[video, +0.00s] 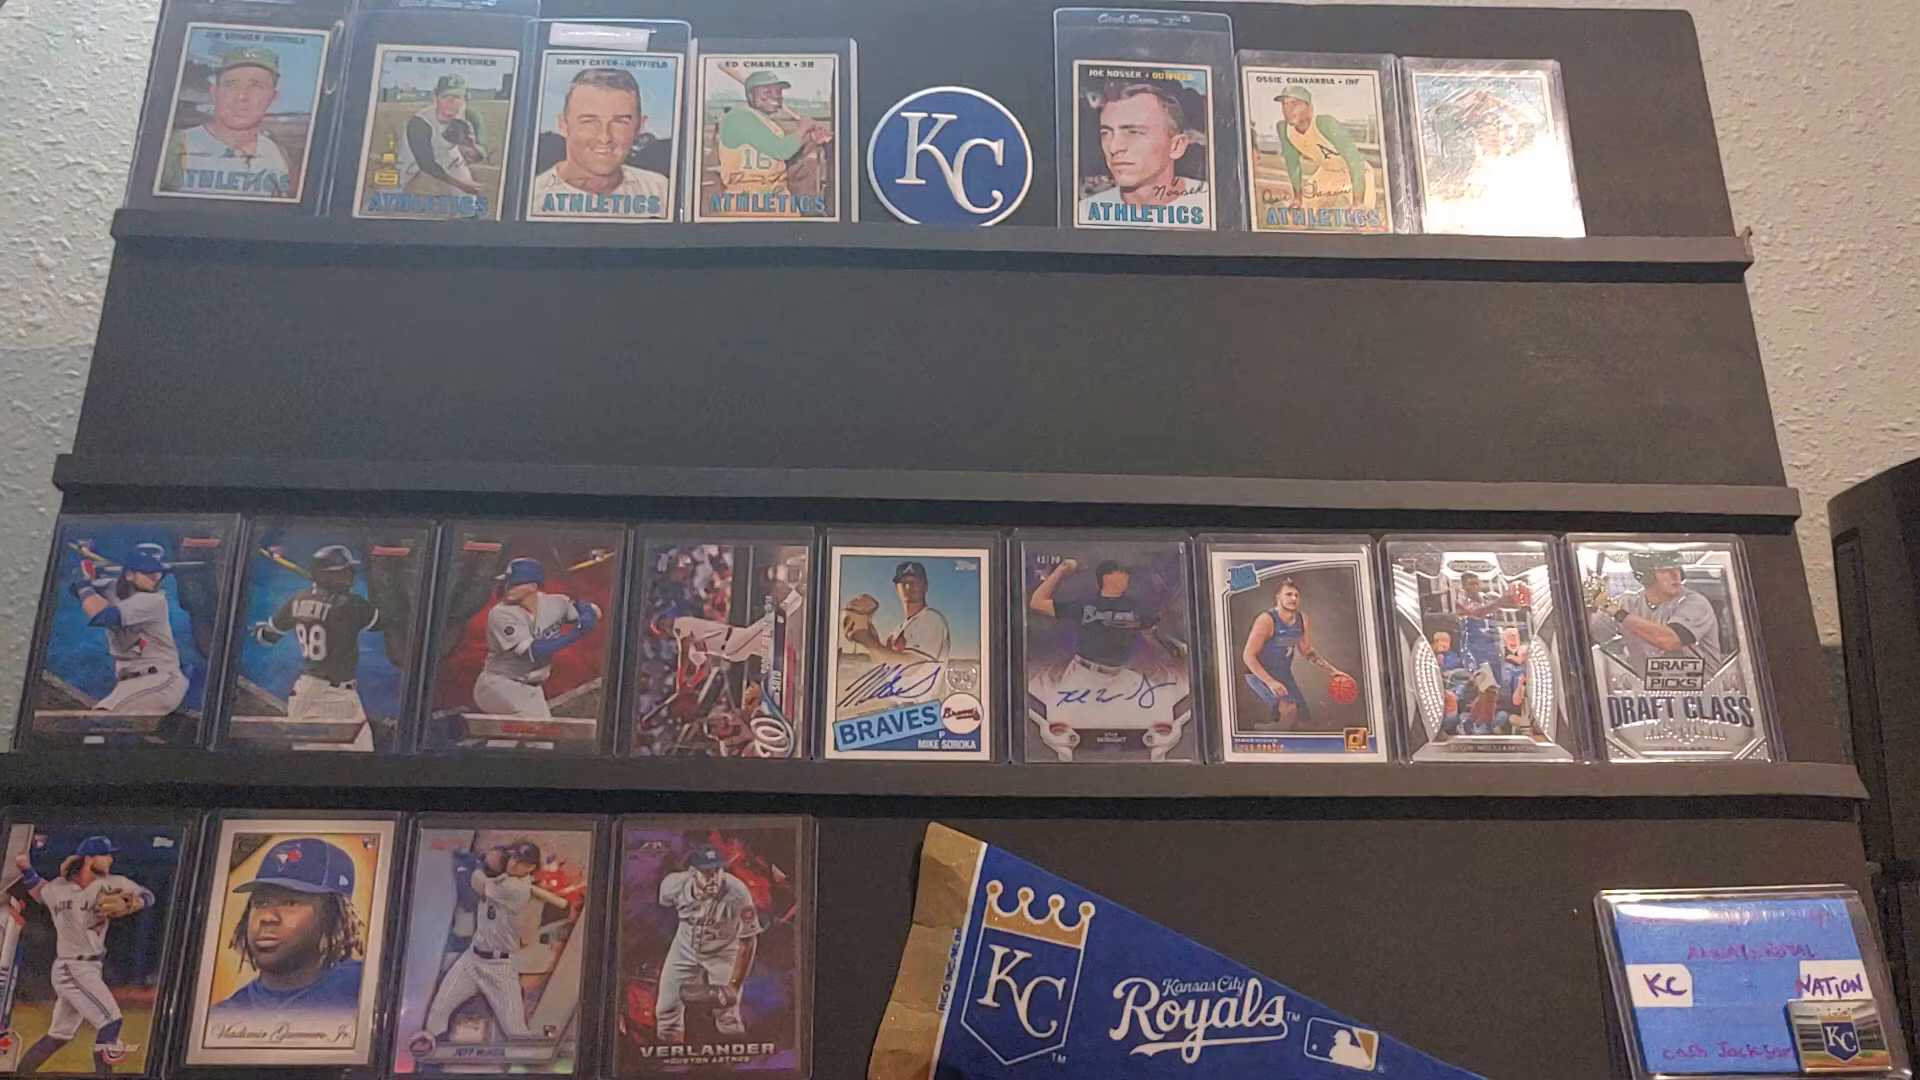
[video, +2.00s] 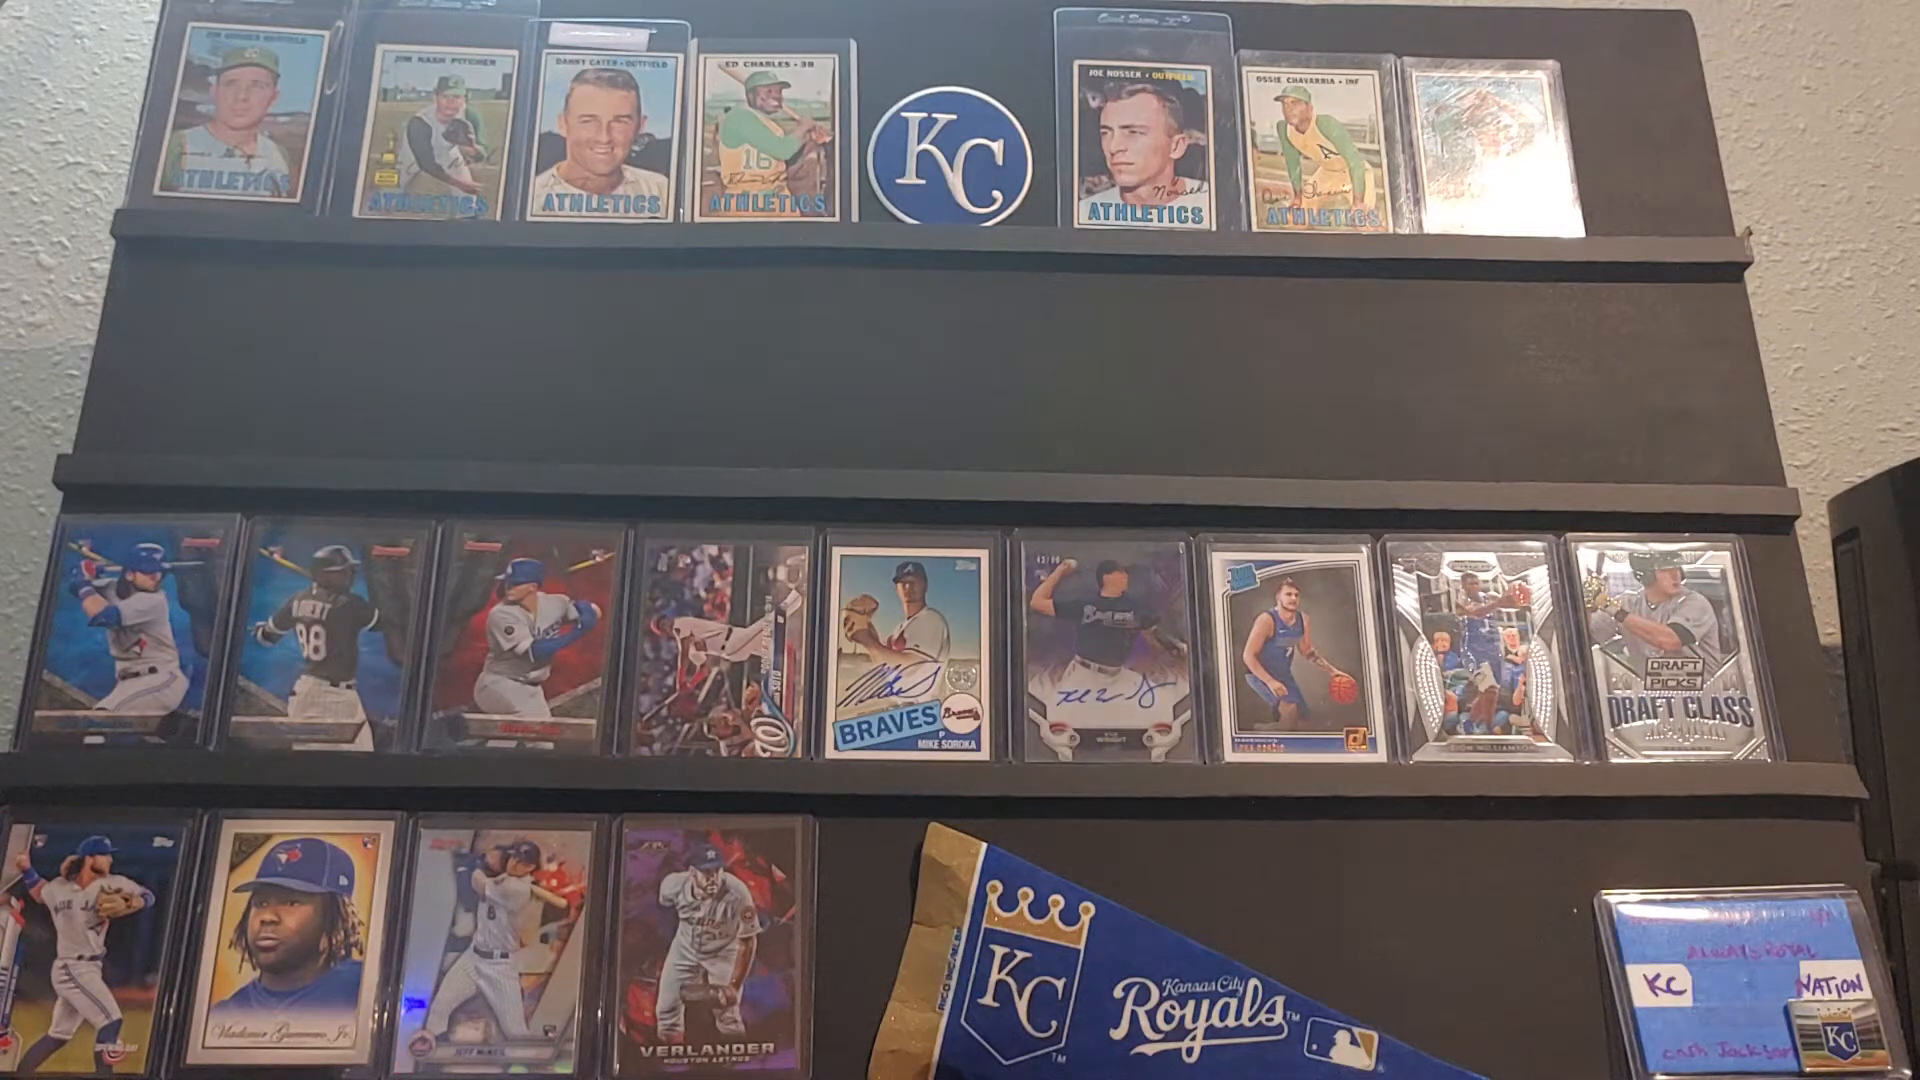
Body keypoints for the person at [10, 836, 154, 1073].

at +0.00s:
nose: (110, 859)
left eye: (109, 855)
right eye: (104, 855)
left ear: (100, 860)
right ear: (88, 859)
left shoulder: (112, 884)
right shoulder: (57, 889)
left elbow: (148, 896)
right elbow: (39, 890)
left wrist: (133, 904)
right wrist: (26, 869)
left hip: (90, 969)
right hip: (70, 969)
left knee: (59, 1035)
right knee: (111, 1020)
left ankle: (20, 1072)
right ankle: (104, 1074)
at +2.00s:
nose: (110, 860)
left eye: (109, 855)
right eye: (105, 855)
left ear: (97, 861)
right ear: (89, 859)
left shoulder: (112, 884)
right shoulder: (58, 888)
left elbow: (148, 896)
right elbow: (39, 892)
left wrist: (133, 904)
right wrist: (27, 869)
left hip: (91, 968)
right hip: (70, 969)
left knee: (58, 1036)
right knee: (110, 1020)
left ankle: (20, 1073)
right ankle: (104, 1074)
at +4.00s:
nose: (110, 859)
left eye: (109, 855)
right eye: (105, 855)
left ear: (98, 861)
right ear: (89, 859)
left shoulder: (111, 884)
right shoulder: (58, 888)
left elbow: (148, 896)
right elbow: (40, 891)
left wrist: (131, 904)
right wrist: (26, 869)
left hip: (90, 969)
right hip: (71, 969)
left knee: (58, 1035)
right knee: (111, 1020)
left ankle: (20, 1073)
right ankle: (104, 1074)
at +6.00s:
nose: (110, 859)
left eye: (110, 855)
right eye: (105, 855)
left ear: (96, 861)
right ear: (89, 859)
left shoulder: (111, 884)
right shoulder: (58, 888)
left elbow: (148, 896)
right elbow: (39, 892)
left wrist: (130, 904)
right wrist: (26, 870)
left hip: (90, 969)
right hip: (71, 969)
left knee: (58, 1036)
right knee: (111, 1020)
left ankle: (19, 1073)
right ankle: (104, 1074)